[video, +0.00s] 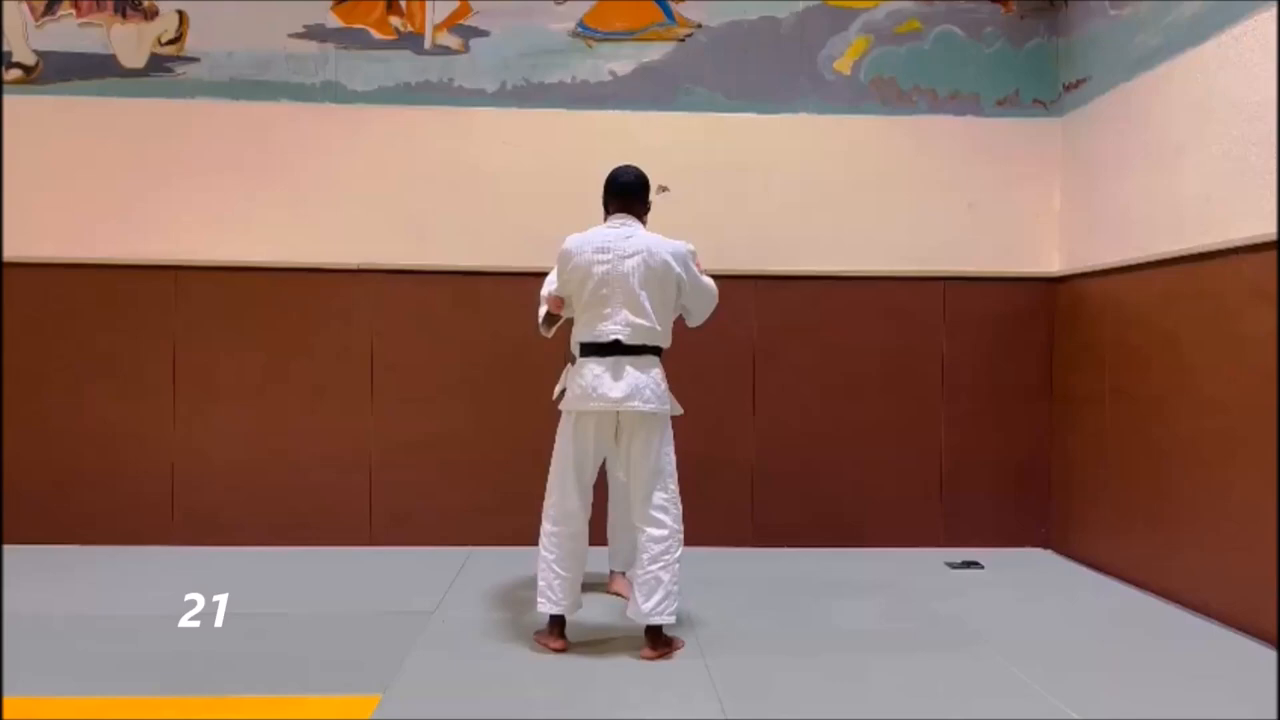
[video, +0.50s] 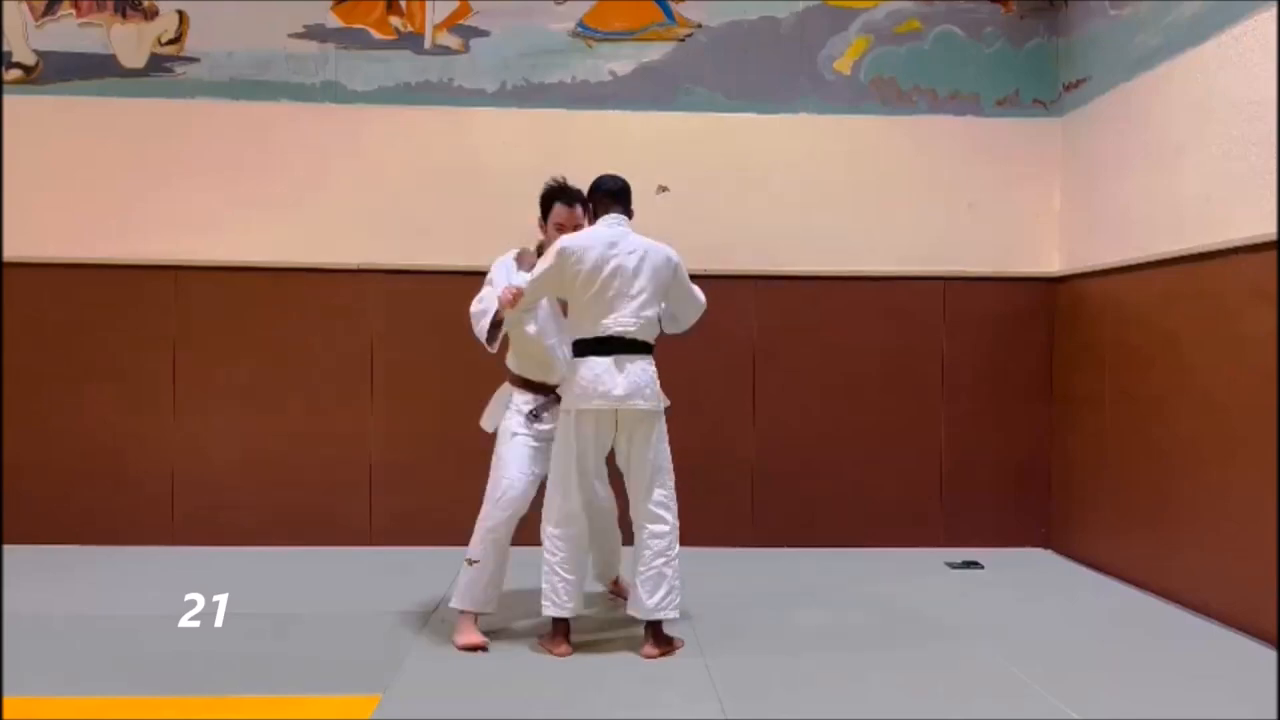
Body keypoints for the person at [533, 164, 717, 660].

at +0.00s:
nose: (642, 208)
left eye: (618, 201)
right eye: (646, 201)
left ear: (604, 203)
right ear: (648, 204)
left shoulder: (576, 248)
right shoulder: (671, 253)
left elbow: (556, 308)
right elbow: (701, 308)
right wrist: (685, 267)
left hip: (587, 388)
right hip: (645, 388)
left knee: (566, 501)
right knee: (655, 503)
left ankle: (555, 622)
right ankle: (657, 627)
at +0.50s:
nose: (579, 219)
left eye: (583, 211)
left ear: (590, 208)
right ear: (632, 208)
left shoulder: (570, 249)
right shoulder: (661, 255)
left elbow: (528, 290)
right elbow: (687, 313)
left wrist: (549, 253)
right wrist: (644, 317)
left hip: (586, 379)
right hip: (640, 377)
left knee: (568, 500)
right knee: (655, 502)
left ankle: (560, 627)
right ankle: (656, 630)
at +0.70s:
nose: (544, 234)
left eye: (545, 225)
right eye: (541, 226)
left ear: (564, 215)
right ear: (583, 208)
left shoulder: (571, 253)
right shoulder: (633, 238)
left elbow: (537, 309)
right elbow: (656, 272)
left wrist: (509, 259)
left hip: (593, 378)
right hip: (643, 374)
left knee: (568, 500)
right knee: (654, 502)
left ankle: (562, 628)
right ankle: (661, 627)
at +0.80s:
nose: (542, 239)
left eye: (542, 230)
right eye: (538, 231)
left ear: (561, 218)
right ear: (579, 210)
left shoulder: (572, 257)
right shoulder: (631, 240)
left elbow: (515, 311)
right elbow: (628, 305)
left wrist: (499, 262)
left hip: (597, 382)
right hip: (645, 377)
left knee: (568, 500)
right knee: (654, 505)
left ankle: (561, 629)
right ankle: (662, 630)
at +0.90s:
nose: (537, 239)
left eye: (539, 229)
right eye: (534, 231)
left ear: (558, 219)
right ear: (575, 211)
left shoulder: (571, 257)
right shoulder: (624, 235)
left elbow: (506, 311)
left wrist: (492, 263)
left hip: (596, 381)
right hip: (645, 374)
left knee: (568, 501)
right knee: (655, 503)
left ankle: (561, 624)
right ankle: (663, 630)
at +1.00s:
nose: (536, 244)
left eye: (537, 235)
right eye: (532, 237)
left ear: (556, 223)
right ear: (570, 211)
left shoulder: (573, 258)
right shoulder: (618, 230)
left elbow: (510, 317)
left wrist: (492, 269)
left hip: (599, 382)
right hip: (646, 372)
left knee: (568, 499)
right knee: (655, 503)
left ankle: (567, 612)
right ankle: (664, 626)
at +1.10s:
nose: (534, 256)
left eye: (535, 248)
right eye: (531, 247)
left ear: (546, 241)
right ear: (570, 216)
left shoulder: (567, 286)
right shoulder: (619, 229)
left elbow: (524, 355)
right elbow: (623, 207)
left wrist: (497, 291)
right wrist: (549, 196)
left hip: (608, 399)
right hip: (658, 386)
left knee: (569, 499)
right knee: (658, 511)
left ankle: (563, 598)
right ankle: (665, 625)